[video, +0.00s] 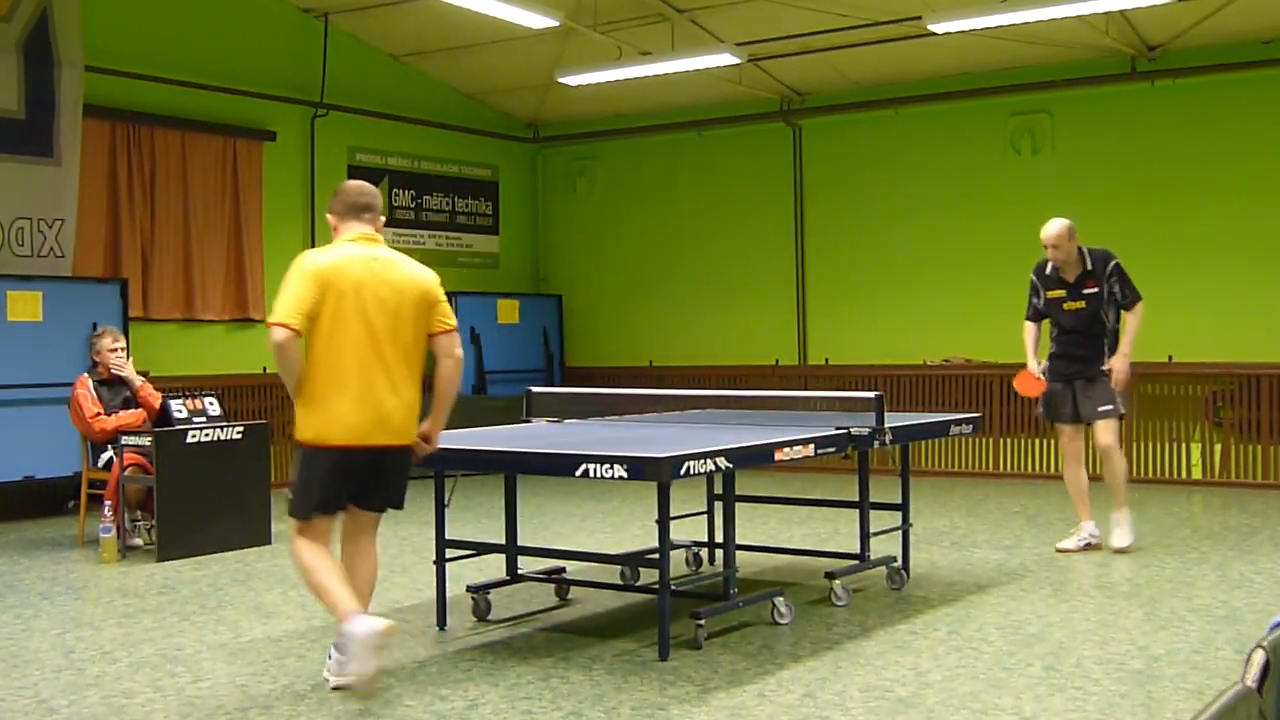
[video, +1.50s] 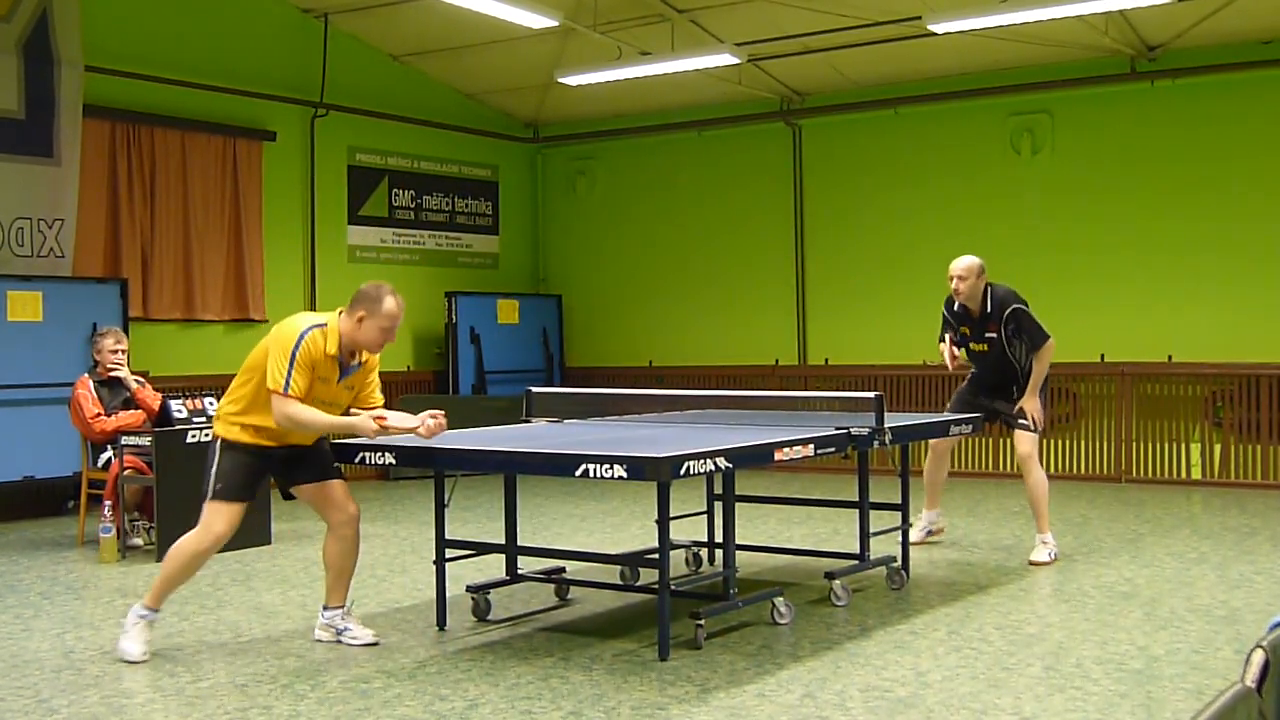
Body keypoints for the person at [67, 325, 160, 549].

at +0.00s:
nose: (120, 355)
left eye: (123, 350)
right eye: (113, 350)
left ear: (128, 354)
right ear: (96, 356)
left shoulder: (134, 380)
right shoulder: (84, 385)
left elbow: (161, 413)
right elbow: (96, 428)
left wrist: (135, 380)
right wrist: (143, 415)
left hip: (145, 445)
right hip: (110, 449)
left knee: (172, 468)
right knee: (135, 473)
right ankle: (133, 520)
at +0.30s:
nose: (120, 356)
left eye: (123, 351)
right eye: (113, 351)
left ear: (127, 354)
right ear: (96, 355)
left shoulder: (135, 381)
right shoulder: (84, 385)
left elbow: (162, 413)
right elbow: (97, 428)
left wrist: (134, 381)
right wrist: (143, 415)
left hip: (146, 444)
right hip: (111, 448)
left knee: (172, 468)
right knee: (137, 475)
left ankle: (150, 518)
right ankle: (133, 517)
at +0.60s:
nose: (121, 357)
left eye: (124, 352)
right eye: (114, 351)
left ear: (128, 354)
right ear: (97, 355)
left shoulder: (136, 382)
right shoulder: (84, 385)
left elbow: (162, 413)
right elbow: (96, 428)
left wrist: (132, 383)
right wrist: (141, 416)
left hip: (146, 446)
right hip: (111, 449)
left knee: (171, 471)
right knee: (133, 476)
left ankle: (151, 520)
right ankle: (127, 521)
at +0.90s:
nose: (120, 357)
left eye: (124, 352)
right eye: (114, 351)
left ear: (128, 354)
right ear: (97, 355)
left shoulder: (137, 382)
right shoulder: (85, 385)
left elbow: (162, 413)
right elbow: (97, 428)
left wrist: (132, 383)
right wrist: (141, 416)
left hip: (146, 447)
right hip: (111, 450)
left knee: (172, 470)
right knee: (133, 476)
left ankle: (148, 520)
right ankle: (128, 520)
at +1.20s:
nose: (120, 357)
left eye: (123, 352)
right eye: (113, 352)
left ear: (128, 355)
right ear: (97, 355)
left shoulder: (137, 382)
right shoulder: (84, 386)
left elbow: (162, 413)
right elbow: (97, 428)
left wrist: (132, 384)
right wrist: (142, 416)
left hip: (146, 447)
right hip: (111, 450)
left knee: (171, 471)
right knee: (133, 476)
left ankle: (147, 521)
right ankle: (127, 521)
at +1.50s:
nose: (120, 357)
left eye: (123, 352)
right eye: (113, 352)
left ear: (128, 354)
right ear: (97, 355)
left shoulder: (137, 382)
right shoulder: (84, 386)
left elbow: (163, 413)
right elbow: (96, 429)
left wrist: (133, 385)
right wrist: (141, 416)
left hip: (146, 446)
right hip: (111, 449)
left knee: (170, 468)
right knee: (132, 474)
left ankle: (151, 521)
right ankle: (131, 519)